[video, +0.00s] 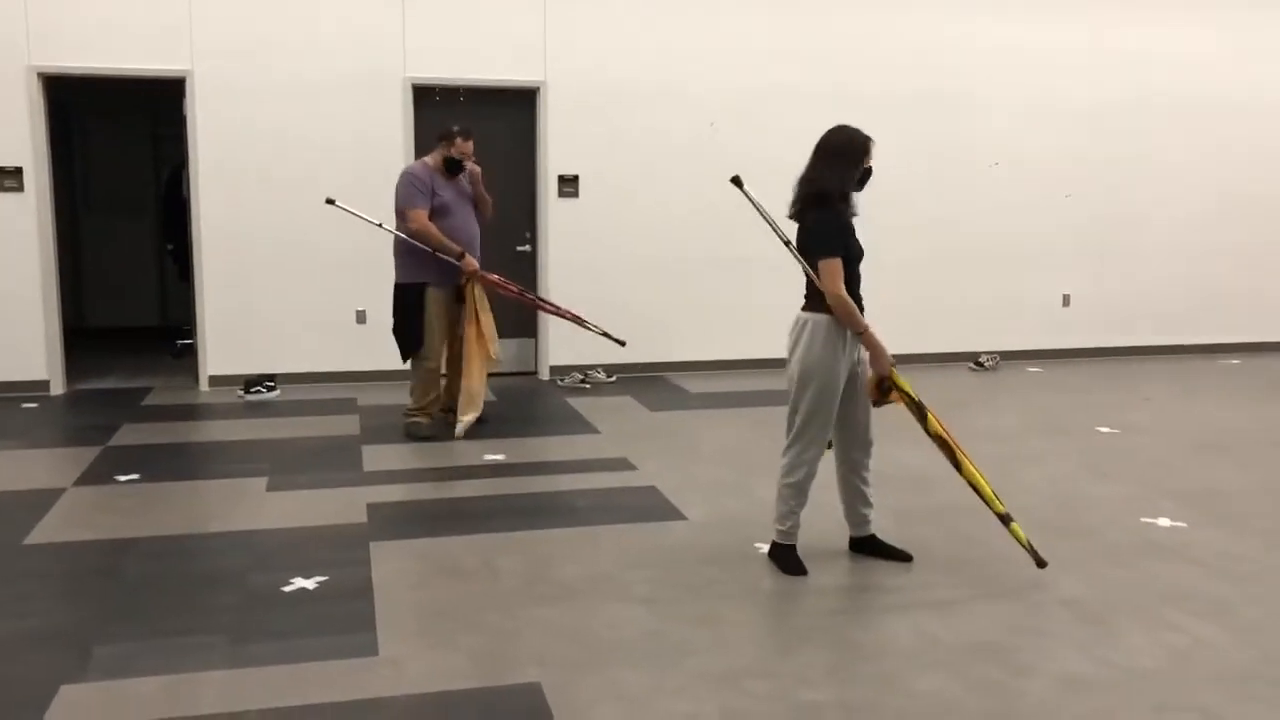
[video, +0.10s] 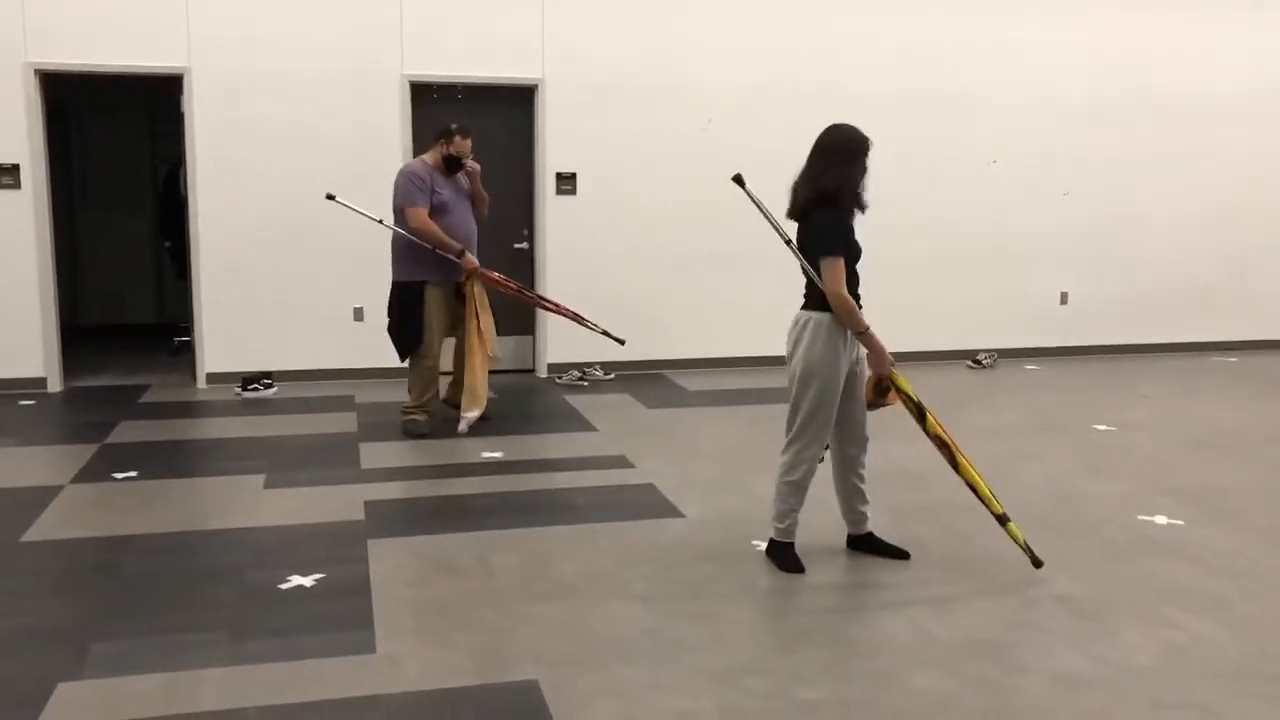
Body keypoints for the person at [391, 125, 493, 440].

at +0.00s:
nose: (463, 163)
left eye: (467, 159)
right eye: (459, 157)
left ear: (469, 154)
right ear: (443, 148)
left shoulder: (462, 176)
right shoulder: (416, 175)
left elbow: (484, 216)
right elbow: (417, 223)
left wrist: (477, 185)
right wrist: (459, 254)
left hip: (460, 278)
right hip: (425, 279)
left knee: (462, 347)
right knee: (429, 352)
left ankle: (456, 406)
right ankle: (419, 415)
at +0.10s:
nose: (461, 161)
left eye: (465, 156)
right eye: (458, 154)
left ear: (466, 152)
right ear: (442, 145)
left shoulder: (458, 174)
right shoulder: (414, 174)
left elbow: (481, 213)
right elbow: (418, 223)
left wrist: (475, 183)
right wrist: (460, 252)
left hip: (461, 275)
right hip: (425, 278)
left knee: (473, 338)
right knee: (426, 349)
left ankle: (461, 392)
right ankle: (416, 411)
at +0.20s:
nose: (462, 158)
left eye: (465, 154)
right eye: (458, 153)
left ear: (468, 150)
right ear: (441, 143)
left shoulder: (458, 172)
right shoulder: (414, 172)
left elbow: (482, 212)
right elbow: (419, 221)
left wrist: (475, 181)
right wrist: (461, 250)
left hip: (463, 274)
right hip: (426, 277)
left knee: (475, 340)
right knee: (426, 349)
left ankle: (478, 401)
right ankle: (415, 411)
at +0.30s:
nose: (465, 154)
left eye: (467, 150)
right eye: (461, 149)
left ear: (466, 147)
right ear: (444, 142)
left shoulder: (460, 171)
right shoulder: (417, 171)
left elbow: (483, 210)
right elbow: (420, 221)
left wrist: (477, 178)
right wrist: (463, 251)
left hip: (463, 272)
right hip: (427, 275)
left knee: (476, 340)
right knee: (427, 348)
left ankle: (488, 397)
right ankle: (414, 410)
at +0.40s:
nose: (469, 151)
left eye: (471, 146)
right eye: (465, 146)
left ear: (471, 145)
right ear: (446, 141)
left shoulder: (464, 169)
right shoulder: (420, 172)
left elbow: (489, 211)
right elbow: (424, 221)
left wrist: (482, 178)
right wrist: (467, 250)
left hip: (468, 271)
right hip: (433, 274)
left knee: (476, 340)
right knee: (428, 346)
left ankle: (486, 398)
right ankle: (412, 408)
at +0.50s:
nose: (474, 144)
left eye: (476, 139)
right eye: (468, 139)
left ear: (475, 140)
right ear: (450, 138)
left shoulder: (473, 168)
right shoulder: (427, 169)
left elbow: (492, 211)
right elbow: (428, 218)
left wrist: (492, 187)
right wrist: (470, 248)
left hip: (474, 269)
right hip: (439, 271)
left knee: (479, 337)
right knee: (431, 343)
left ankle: (485, 397)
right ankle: (411, 405)